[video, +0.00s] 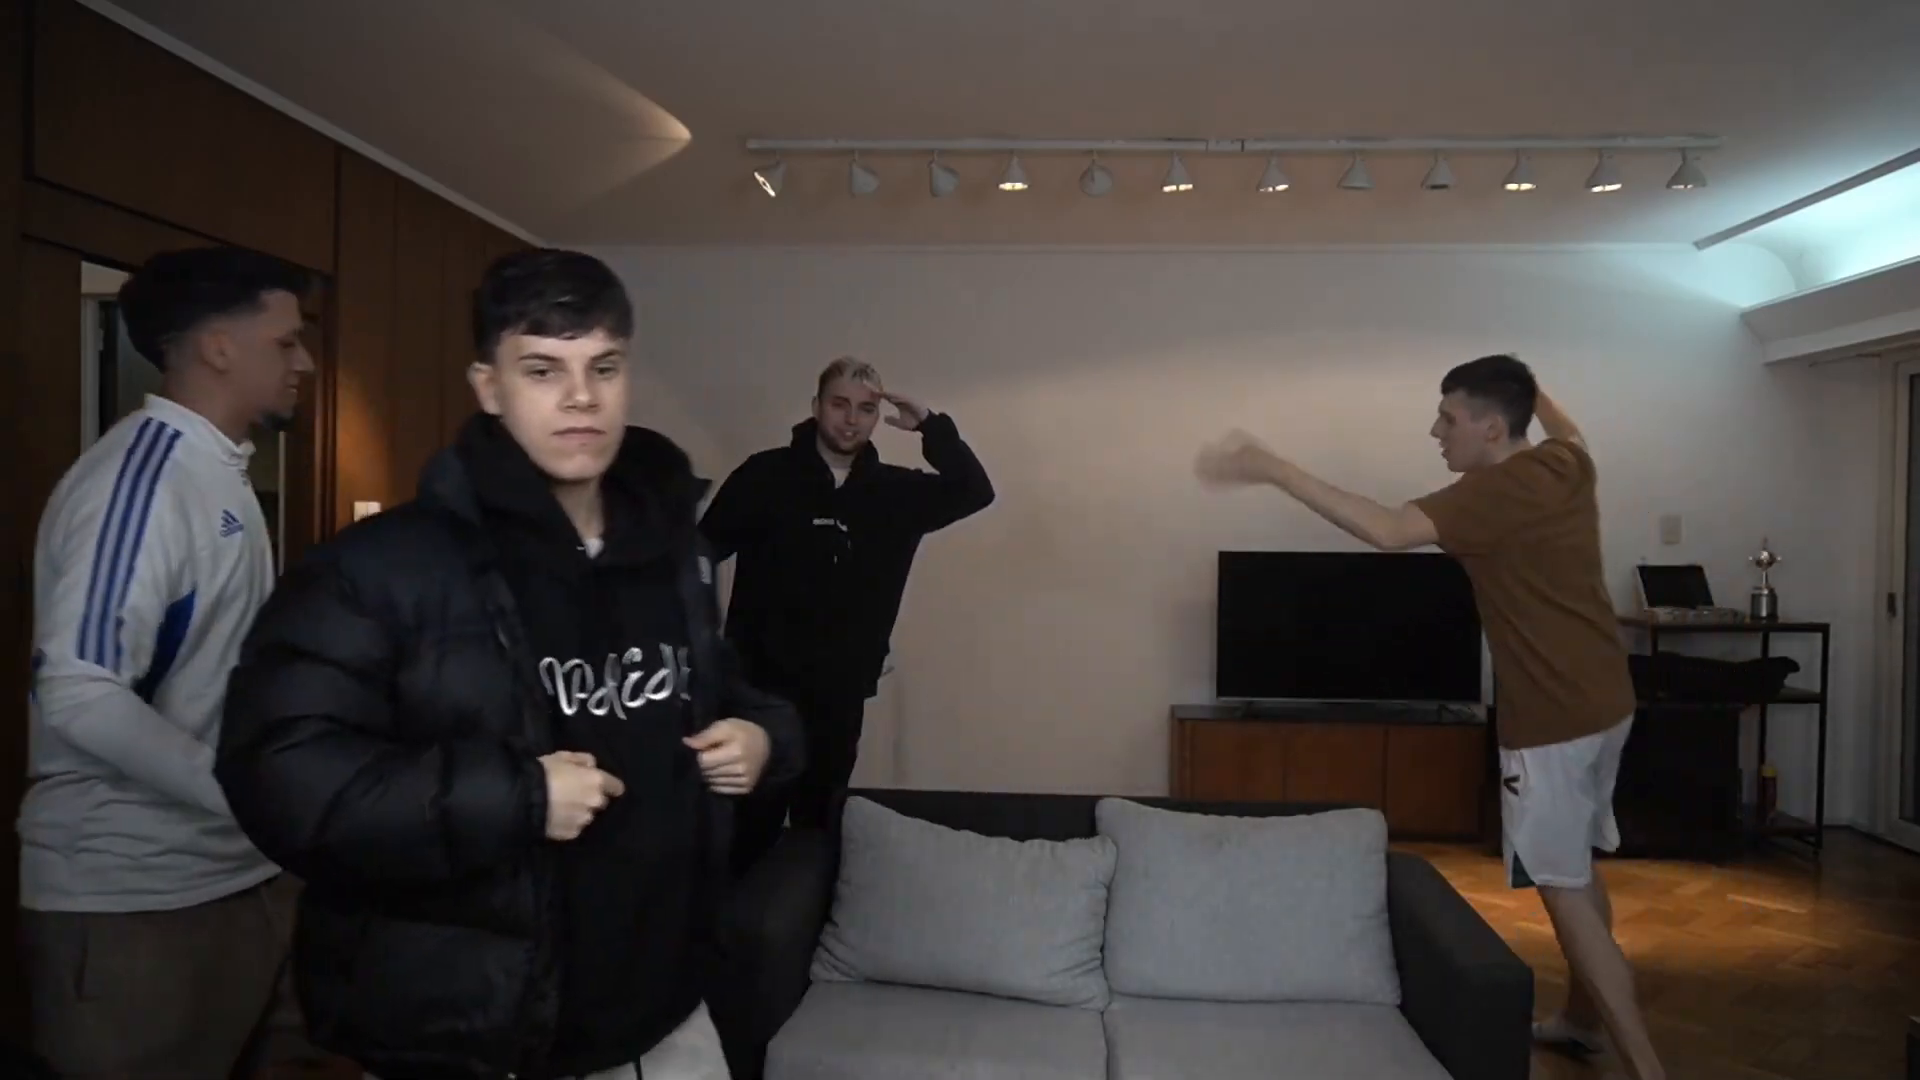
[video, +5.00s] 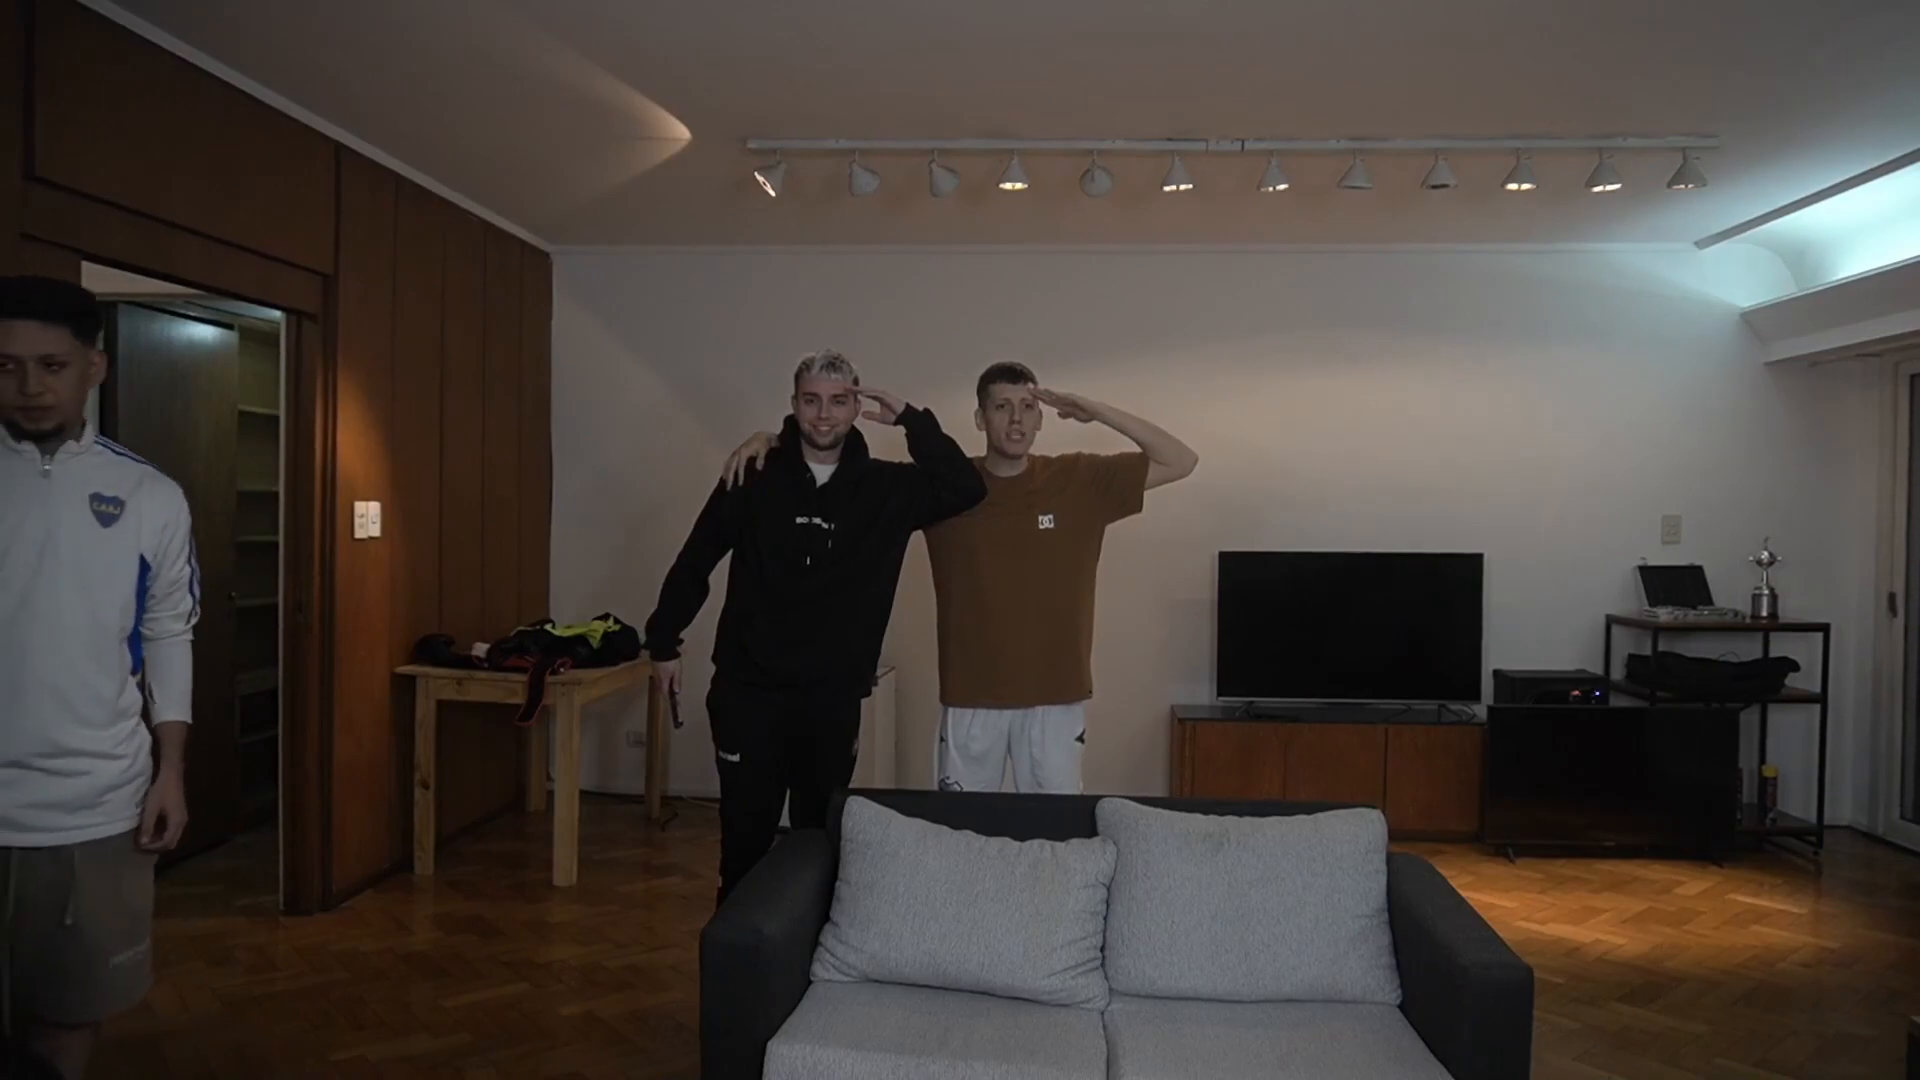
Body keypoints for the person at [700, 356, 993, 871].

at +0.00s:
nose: (851, 418)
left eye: (865, 408)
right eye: (840, 405)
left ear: (878, 418)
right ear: (817, 407)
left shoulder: (897, 493)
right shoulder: (764, 475)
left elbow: (974, 492)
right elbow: (700, 554)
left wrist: (930, 426)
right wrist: (699, 650)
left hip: (839, 688)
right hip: (759, 683)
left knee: (820, 825)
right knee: (749, 825)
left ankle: (810, 934)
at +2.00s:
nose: (831, 411)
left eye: (845, 400)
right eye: (819, 398)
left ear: (861, 410)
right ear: (798, 403)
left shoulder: (891, 484)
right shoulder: (756, 475)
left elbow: (965, 480)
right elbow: (698, 562)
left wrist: (912, 410)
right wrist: (670, 648)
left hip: (837, 690)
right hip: (756, 684)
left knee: (819, 831)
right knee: (751, 832)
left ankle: (814, 956)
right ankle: (740, 959)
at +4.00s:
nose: (824, 412)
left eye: (839, 400)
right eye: (812, 400)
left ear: (857, 410)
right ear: (794, 406)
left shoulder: (888, 486)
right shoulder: (754, 476)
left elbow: (966, 488)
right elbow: (695, 559)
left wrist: (913, 418)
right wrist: (663, 645)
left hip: (833, 690)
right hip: (749, 686)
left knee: (819, 832)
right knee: (747, 832)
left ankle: (814, 958)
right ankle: (738, 961)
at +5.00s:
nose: (824, 413)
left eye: (838, 400)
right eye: (811, 399)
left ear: (857, 409)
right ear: (794, 405)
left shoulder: (887, 487)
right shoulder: (754, 477)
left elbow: (965, 488)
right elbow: (696, 561)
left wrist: (913, 419)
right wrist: (663, 644)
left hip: (833, 692)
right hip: (749, 689)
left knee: (820, 837)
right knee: (746, 839)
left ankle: (816, 965)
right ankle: (738, 968)